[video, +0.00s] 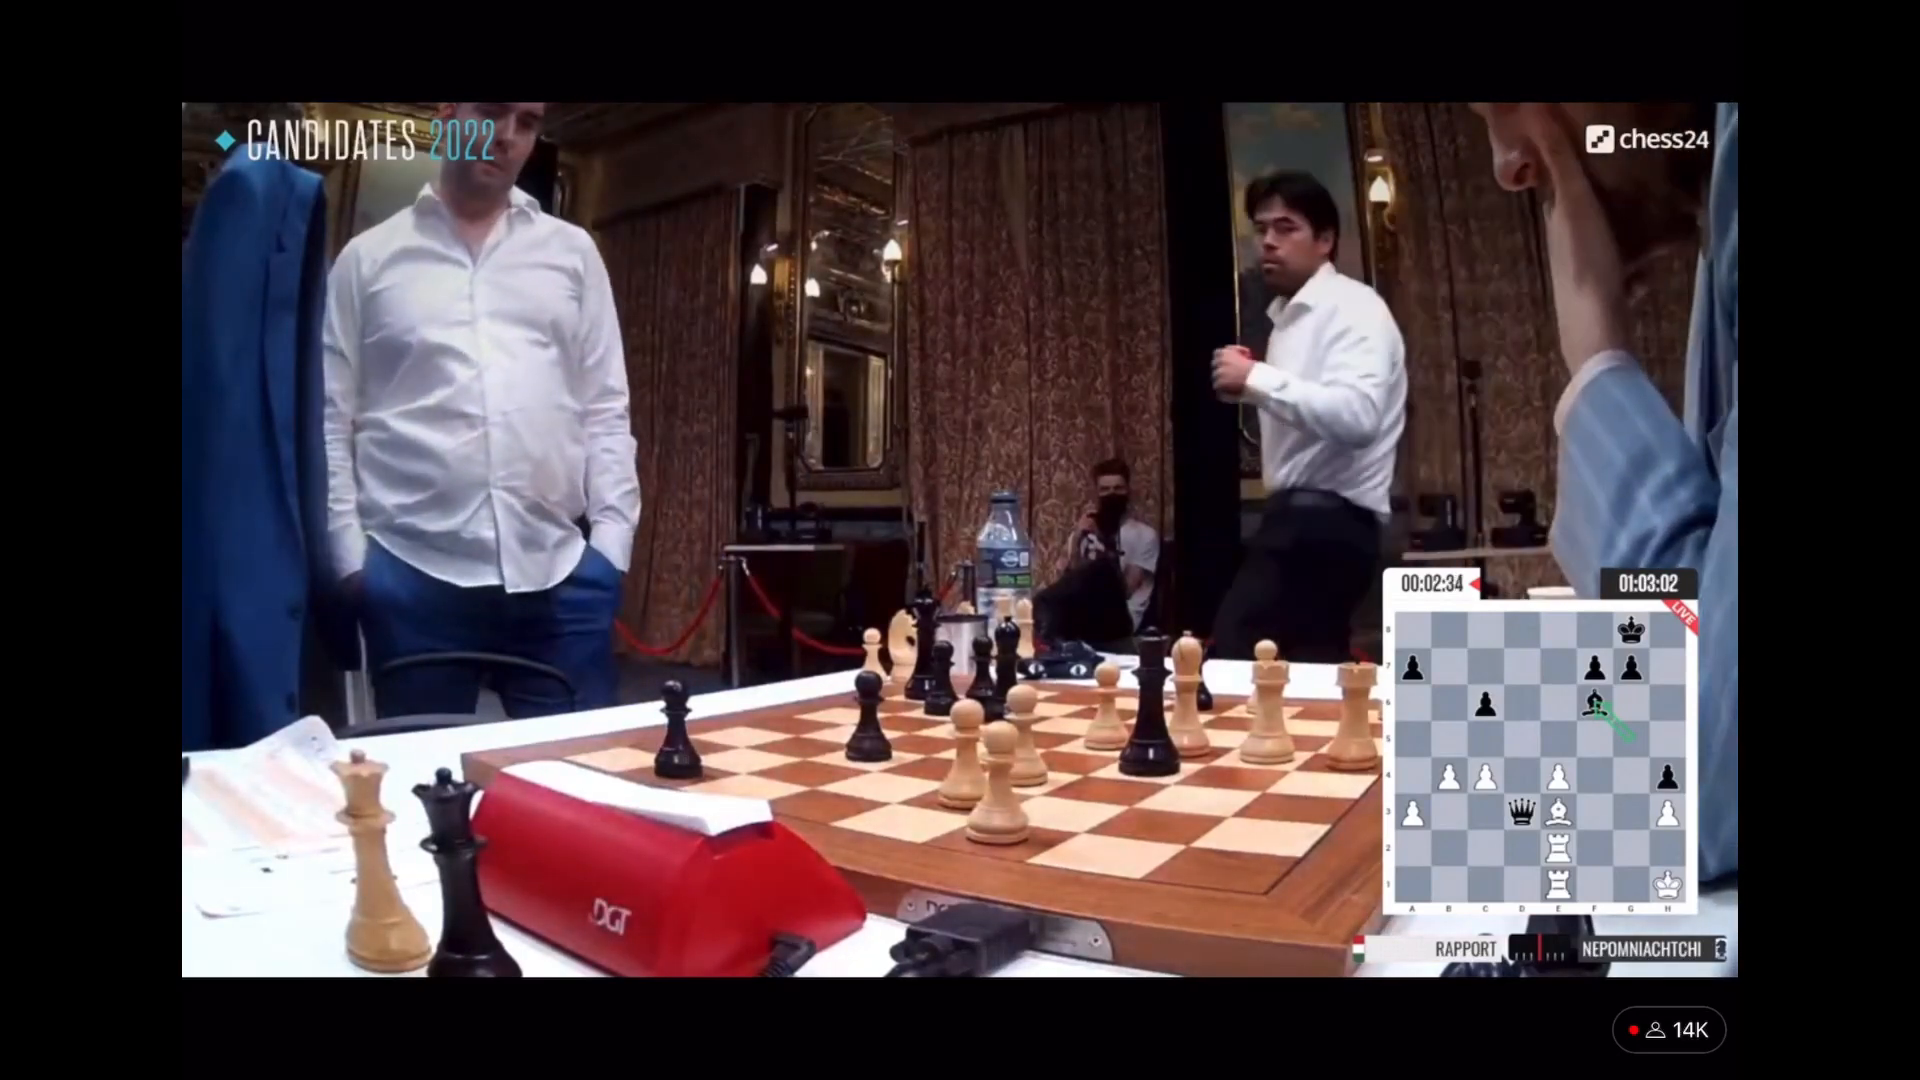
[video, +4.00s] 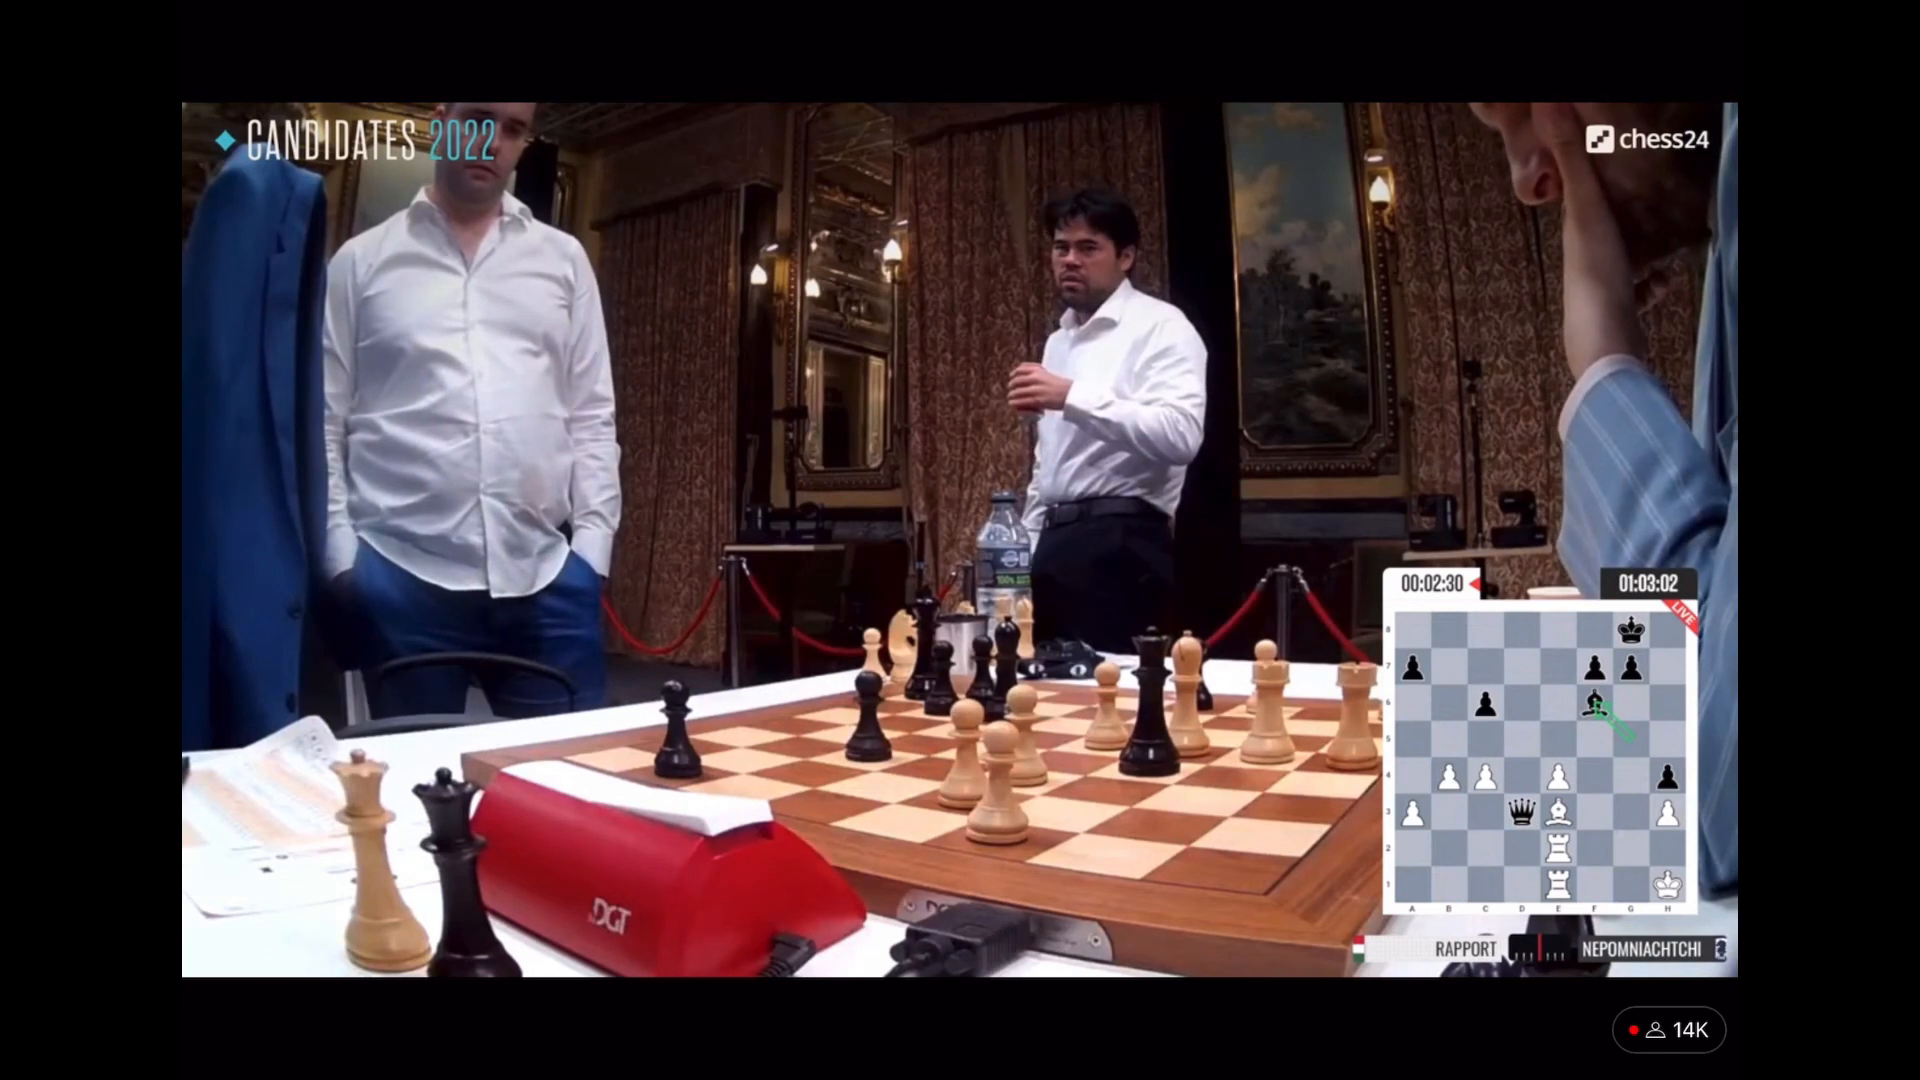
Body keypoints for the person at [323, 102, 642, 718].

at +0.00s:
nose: (505, 136)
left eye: (525, 122)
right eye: (490, 113)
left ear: (538, 138)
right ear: (448, 115)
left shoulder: (572, 252)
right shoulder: (366, 260)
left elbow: (606, 411)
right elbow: (330, 421)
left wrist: (608, 548)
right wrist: (351, 563)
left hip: (559, 581)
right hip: (413, 585)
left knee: (584, 788)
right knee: (425, 790)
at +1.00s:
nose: (495, 137)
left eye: (517, 124)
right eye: (481, 113)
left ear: (531, 140)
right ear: (440, 115)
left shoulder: (561, 254)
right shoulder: (356, 255)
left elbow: (588, 416)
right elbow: (321, 416)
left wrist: (584, 553)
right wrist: (335, 561)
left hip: (539, 583)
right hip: (394, 585)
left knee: (565, 791)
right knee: (408, 794)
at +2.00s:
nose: (492, 140)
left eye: (512, 126)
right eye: (478, 115)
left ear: (526, 142)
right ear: (435, 115)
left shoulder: (551, 255)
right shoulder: (354, 256)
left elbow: (580, 412)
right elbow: (319, 421)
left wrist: (582, 547)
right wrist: (346, 566)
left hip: (543, 580)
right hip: (403, 584)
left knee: (569, 787)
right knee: (418, 791)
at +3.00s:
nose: (497, 142)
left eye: (518, 128)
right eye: (482, 119)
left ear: (533, 142)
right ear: (442, 119)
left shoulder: (566, 257)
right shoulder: (364, 260)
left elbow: (594, 416)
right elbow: (327, 420)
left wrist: (591, 550)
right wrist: (345, 563)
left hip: (550, 583)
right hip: (405, 585)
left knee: (571, 790)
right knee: (417, 792)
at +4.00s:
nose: (489, 144)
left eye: (511, 130)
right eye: (475, 120)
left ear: (528, 144)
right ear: (439, 120)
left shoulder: (563, 259)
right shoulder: (360, 263)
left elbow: (592, 416)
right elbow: (325, 420)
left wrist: (590, 550)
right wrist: (343, 562)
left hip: (549, 584)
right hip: (403, 586)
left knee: (575, 787)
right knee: (417, 792)